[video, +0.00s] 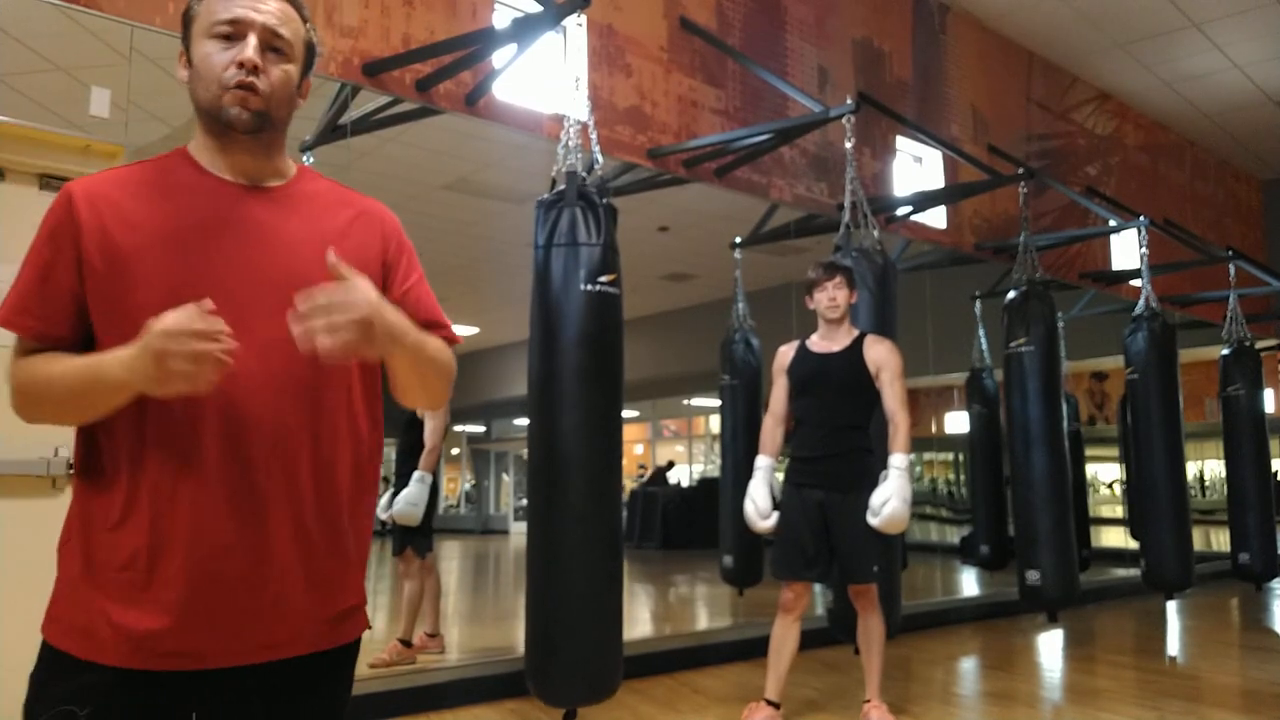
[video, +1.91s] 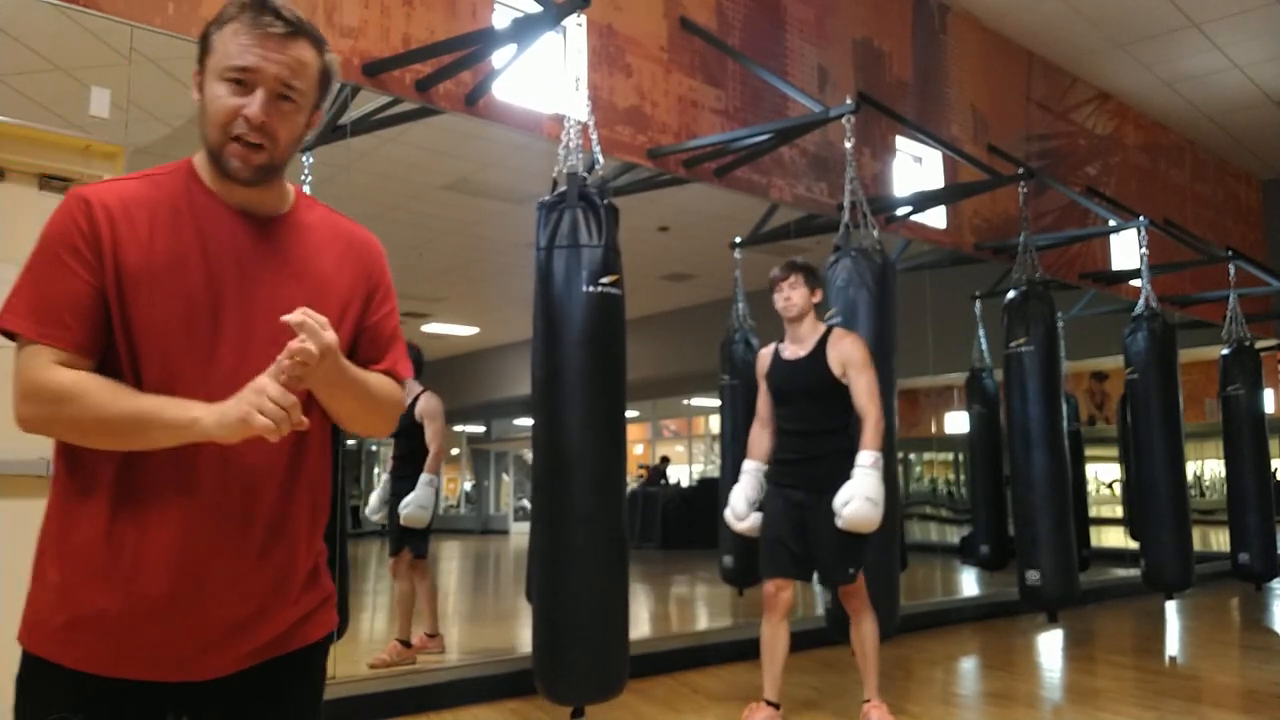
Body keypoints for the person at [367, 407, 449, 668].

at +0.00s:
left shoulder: (434, 402)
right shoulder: (415, 408)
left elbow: (433, 447)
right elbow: (405, 457)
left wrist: (418, 486)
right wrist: (393, 492)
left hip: (416, 486)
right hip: (407, 485)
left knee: (408, 564)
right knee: (425, 564)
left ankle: (404, 642)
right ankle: (432, 633)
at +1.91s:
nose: (391, 369)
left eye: (396, 362)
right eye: (391, 363)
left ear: (409, 366)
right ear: (398, 368)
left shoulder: (427, 401)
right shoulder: (398, 402)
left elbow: (436, 448)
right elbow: (397, 453)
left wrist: (425, 489)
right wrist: (383, 489)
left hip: (415, 484)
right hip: (399, 483)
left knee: (400, 565)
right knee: (418, 564)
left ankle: (402, 642)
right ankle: (431, 634)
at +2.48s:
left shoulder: (404, 393)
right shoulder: (380, 394)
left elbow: (408, 445)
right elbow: (385, 451)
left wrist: (396, 484)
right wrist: (368, 482)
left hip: (401, 479)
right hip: (384, 478)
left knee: (393, 563)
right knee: (370, 562)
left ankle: (403, 644)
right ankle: (383, 632)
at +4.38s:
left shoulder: (417, 398)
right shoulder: (355, 394)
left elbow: (433, 447)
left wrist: (414, 462)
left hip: (395, 487)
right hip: (358, 485)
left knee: (382, 567)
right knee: (345, 566)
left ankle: (391, 642)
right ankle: (338, 639)